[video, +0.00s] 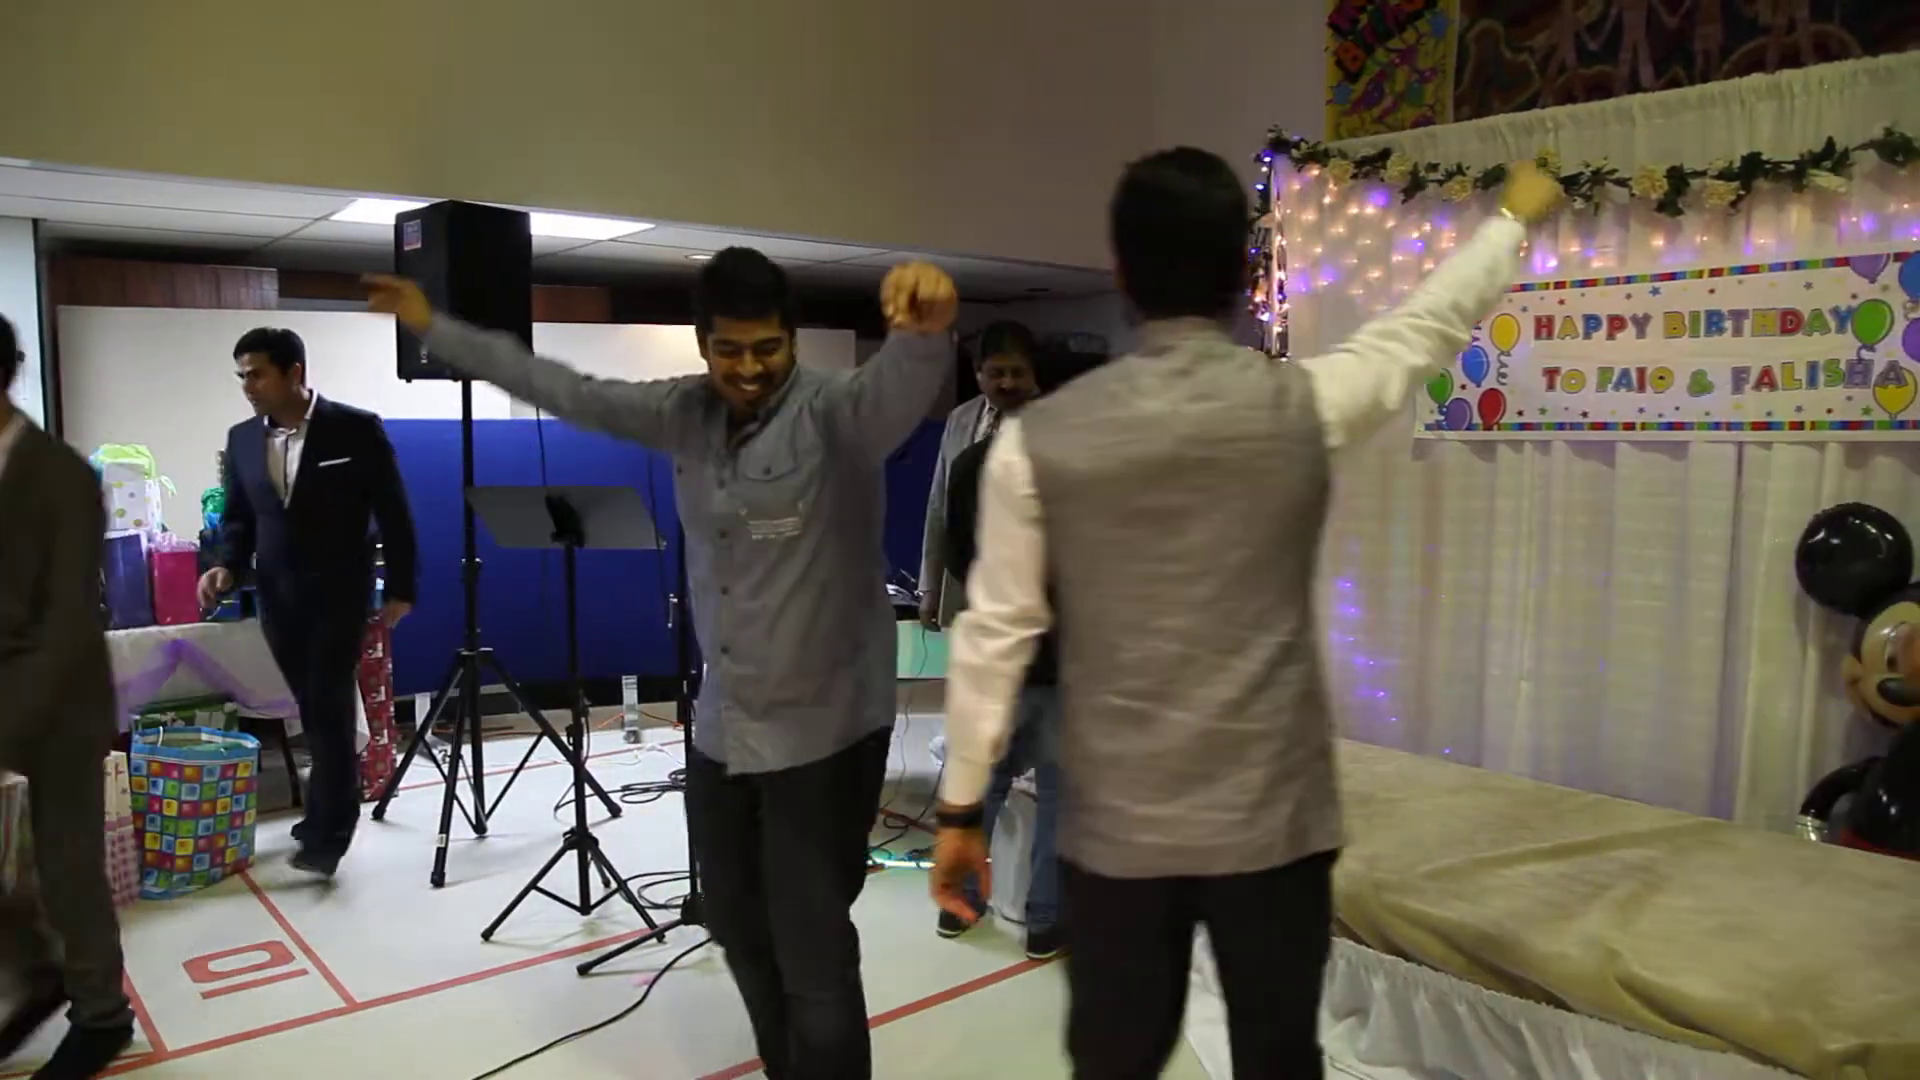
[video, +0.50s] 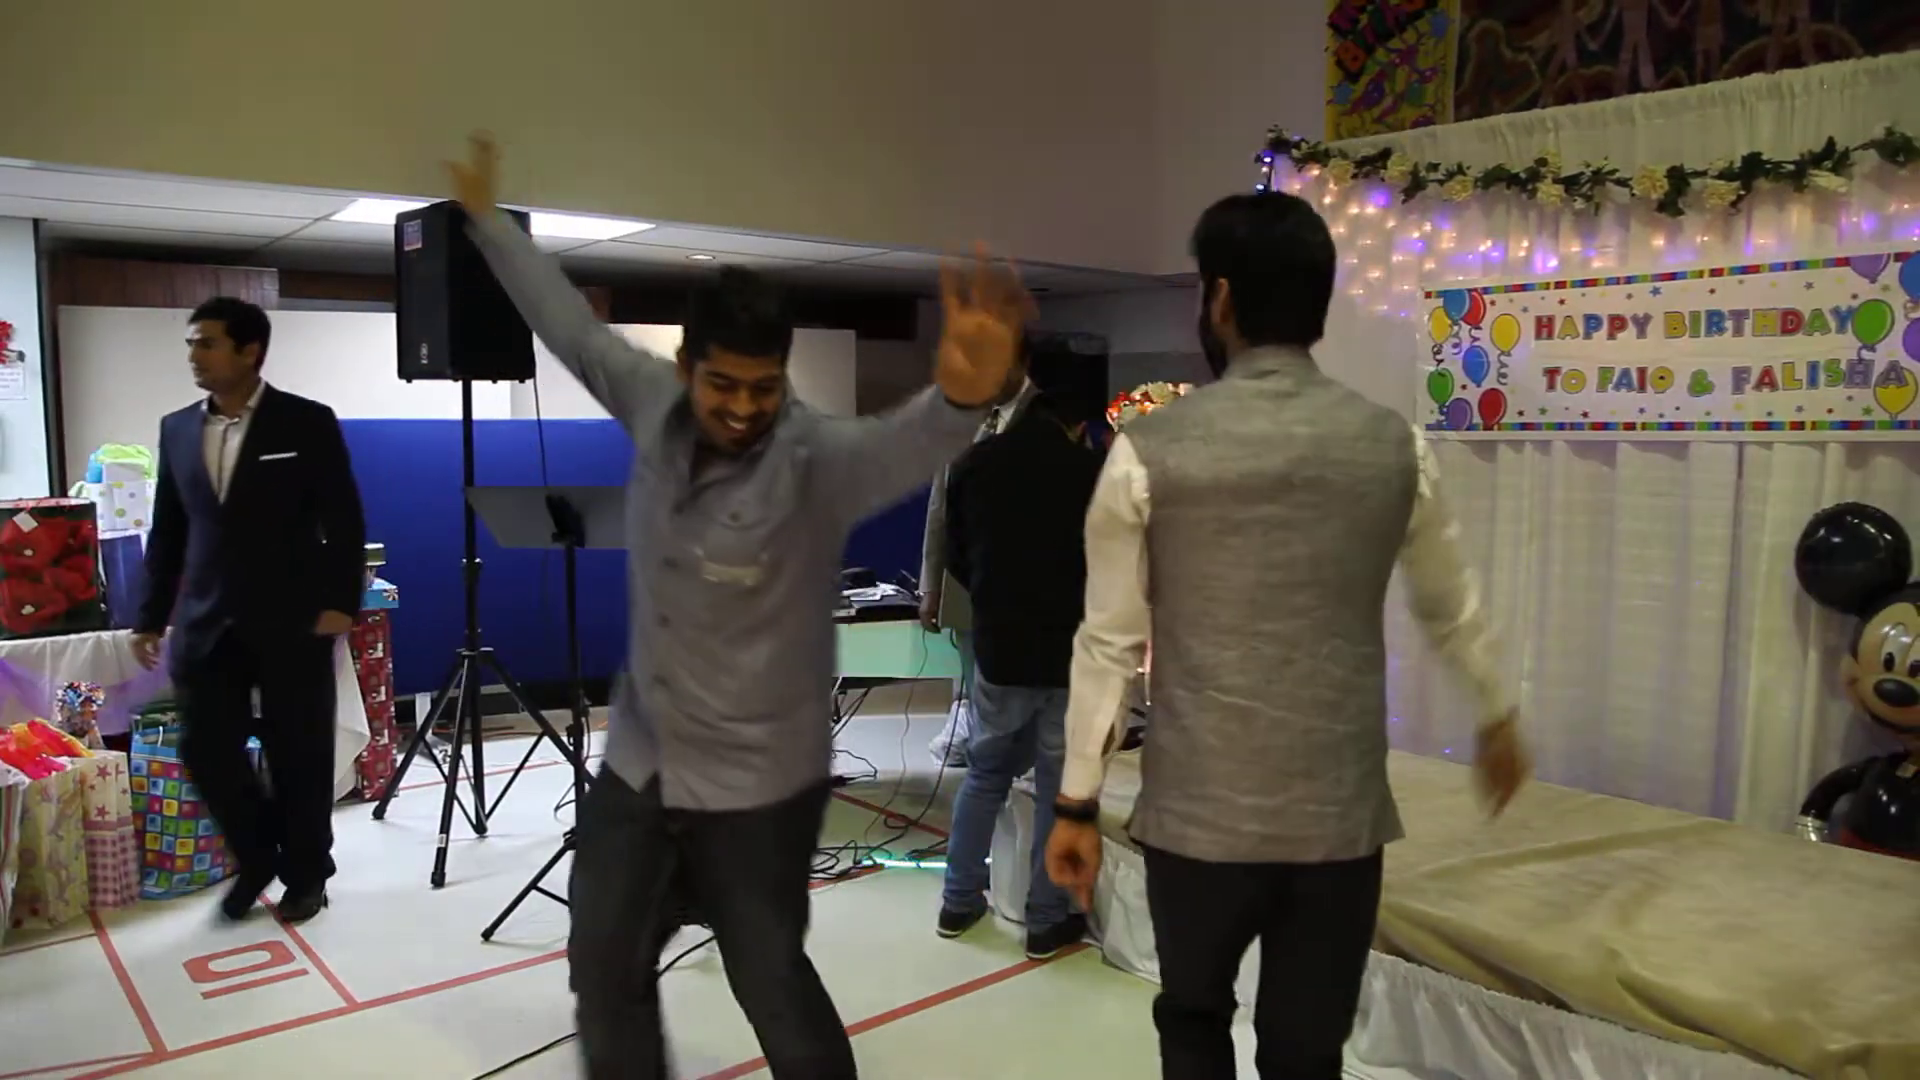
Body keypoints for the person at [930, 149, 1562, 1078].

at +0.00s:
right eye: (1244, 245)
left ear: (1122, 271)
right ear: (1245, 267)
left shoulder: (1039, 442)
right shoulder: (1301, 405)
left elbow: (996, 634)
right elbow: (1429, 326)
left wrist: (961, 807)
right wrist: (1514, 216)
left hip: (1120, 838)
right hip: (1274, 835)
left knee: (1113, 1061)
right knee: (1281, 1063)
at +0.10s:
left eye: (1155, 253)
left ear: (1158, 274)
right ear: (1280, 273)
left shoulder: (1080, 440)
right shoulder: (1342, 407)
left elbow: (1033, 631)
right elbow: (1456, 344)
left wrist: (990, 801)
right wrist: (1548, 266)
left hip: (1154, 836)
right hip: (1307, 836)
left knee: (1139, 1055)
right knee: (1294, 1065)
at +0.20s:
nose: (1179, 268)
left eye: (1178, 254)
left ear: (1183, 273)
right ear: (1302, 272)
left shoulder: (1109, 431)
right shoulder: (1367, 405)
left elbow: (1062, 623)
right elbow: (1482, 375)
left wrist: (1018, 794)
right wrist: (1575, 330)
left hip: (1172, 821)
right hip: (1323, 826)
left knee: (1161, 1040)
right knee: (1304, 1066)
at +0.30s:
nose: (1189, 264)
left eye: (1189, 251)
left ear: (1197, 270)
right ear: (1314, 269)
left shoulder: (1124, 423)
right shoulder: (1385, 400)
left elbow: (1086, 611)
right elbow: (1504, 434)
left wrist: (1048, 791)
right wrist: (1580, 445)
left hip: (1187, 814)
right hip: (1331, 817)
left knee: (1182, 1029)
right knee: (1309, 1064)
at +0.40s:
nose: (1196, 279)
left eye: (1197, 266)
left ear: (1208, 281)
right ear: (1324, 286)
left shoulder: (1136, 436)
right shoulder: (1395, 425)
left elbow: (1100, 629)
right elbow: (1493, 532)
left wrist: (1068, 803)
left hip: (1193, 827)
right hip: (1337, 831)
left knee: (1194, 1031)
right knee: (1305, 1065)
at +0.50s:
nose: (1199, 303)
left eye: (1203, 285)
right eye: (1203, 284)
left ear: (1221, 297)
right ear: (1322, 299)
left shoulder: (1151, 446)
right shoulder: (1393, 445)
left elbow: (1109, 638)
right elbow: (1449, 606)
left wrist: (1077, 800)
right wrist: (1497, 715)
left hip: (1199, 836)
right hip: (1338, 839)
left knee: (1192, 1024)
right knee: (1307, 1062)